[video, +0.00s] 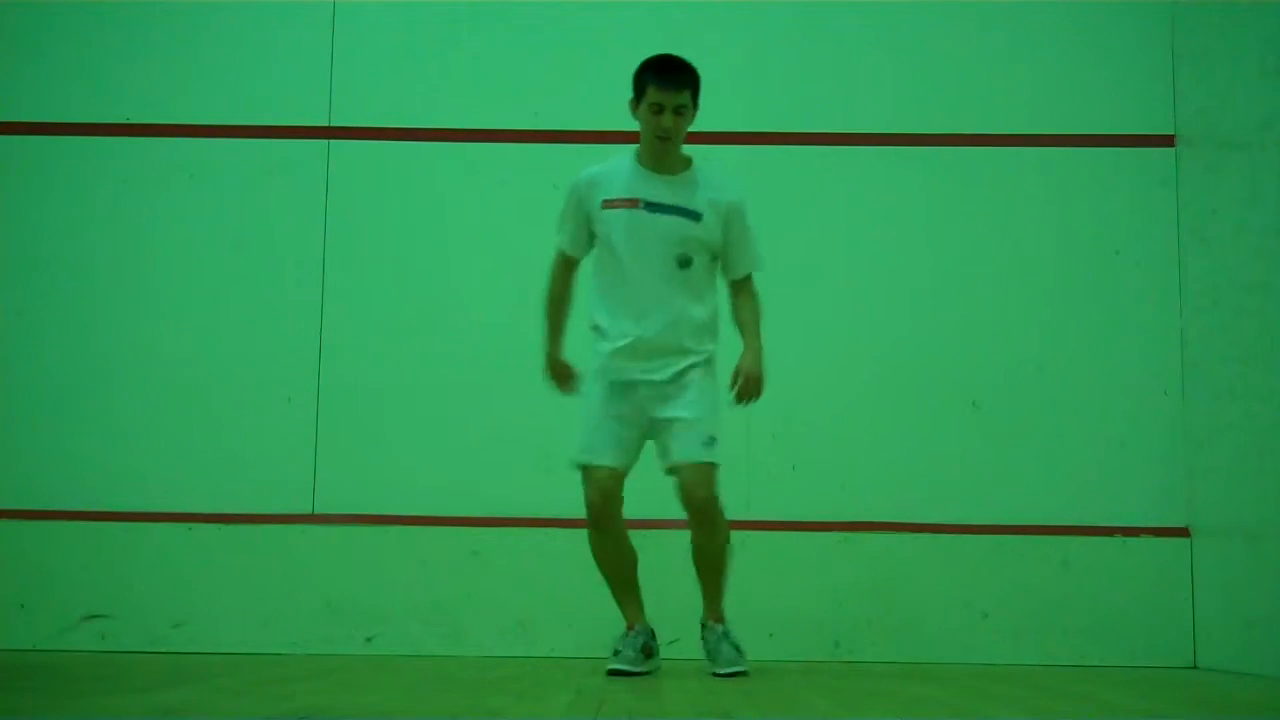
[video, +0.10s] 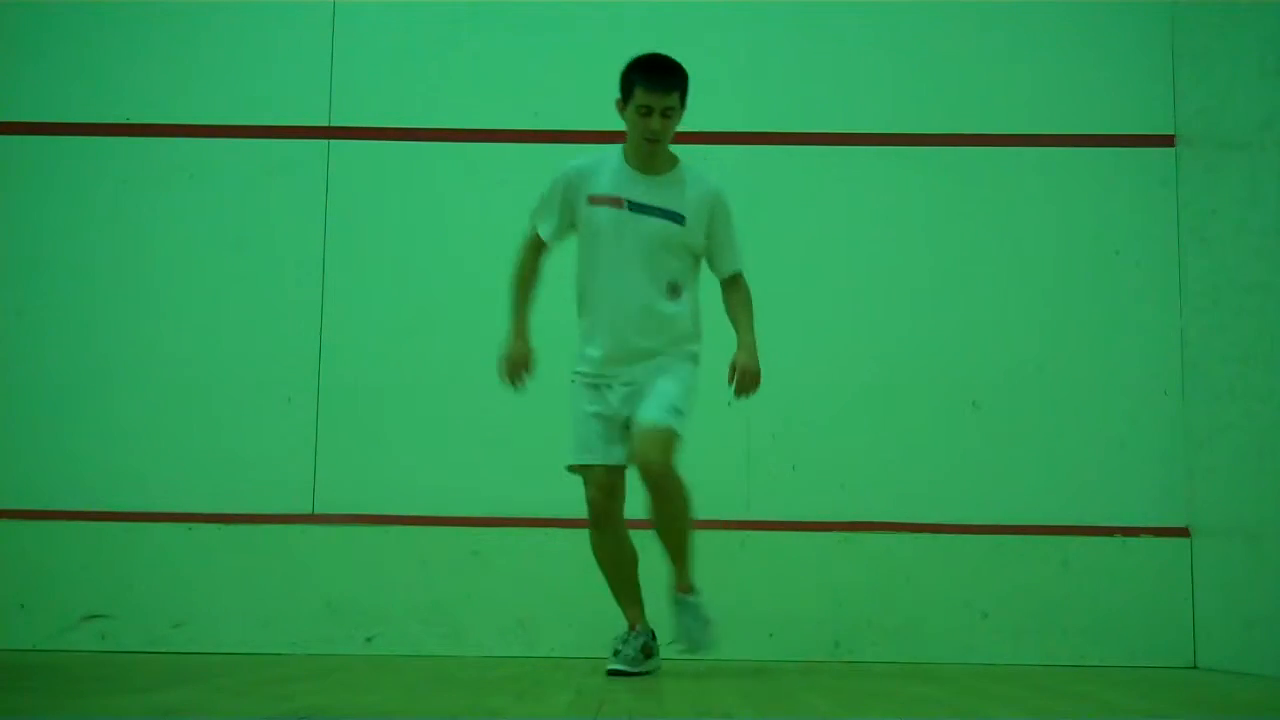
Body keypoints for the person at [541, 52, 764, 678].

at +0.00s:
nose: (665, 121)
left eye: (678, 110)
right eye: (656, 108)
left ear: (692, 116)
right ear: (635, 110)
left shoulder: (720, 198)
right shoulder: (594, 186)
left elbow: (742, 284)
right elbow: (564, 267)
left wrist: (753, 351)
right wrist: (554, 349)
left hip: (689, 372)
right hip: (613, 372)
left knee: (700, 495)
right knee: (599, 497)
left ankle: (716, 625)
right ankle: (636, 629)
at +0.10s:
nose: (654, 124)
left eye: (666, 113)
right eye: (644, 111)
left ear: (681, 116)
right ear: (621, 109)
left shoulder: (702, 195)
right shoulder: (581, 180)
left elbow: (731, 278)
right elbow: (533, 247)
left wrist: (748, 345)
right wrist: (518, 334)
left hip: (669, 361)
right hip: (599, 364)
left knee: (652, 457)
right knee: (602, 499)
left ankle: (684, 590)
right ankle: (636, 629)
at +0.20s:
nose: (646, 115)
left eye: (658, 103)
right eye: (635, 101)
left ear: (671, 101)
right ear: (611, 93)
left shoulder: (690, 176)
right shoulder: (567, 151)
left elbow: (726, 250)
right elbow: (508, 205)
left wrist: (742, 316)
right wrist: (485, 290)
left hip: (652, 333)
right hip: (585, 336)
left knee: (625, 440)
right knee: (584, 479)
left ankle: (630, 600)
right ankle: (632, 606)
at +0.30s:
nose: (636, 127)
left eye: (647, 115)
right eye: (625, 113)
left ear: (658, 112)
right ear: (598, 104)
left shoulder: (672, 182)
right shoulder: (553, 151)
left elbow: (718, 262)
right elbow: (478, 188)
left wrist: (727, 332)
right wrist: (440, 269)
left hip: (640, 344)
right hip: (573, 346)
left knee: (605, 459)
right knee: (544, 465)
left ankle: (578, 621)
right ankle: (640, 576)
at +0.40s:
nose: (623, 169)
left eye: (634, 158)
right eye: (612, 154)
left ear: (645, 152)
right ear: (585, 141)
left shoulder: (653, 229)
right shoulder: (544, 184)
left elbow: (696, 305)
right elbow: (455, 198)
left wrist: (710, 397)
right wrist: (381, 253)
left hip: (625, 382)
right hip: (561, 381)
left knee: (562, 484)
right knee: (519, 494)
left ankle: (567, 638)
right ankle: (635, 593)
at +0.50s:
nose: (617, 194)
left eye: (628, 182)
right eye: (606, 181)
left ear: (640, 173)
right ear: (578, 163)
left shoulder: (645, 244)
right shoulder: (539, 192)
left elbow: (690, 327)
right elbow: (444, 186)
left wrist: (724, 413)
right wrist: (347, 210)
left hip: (619, 385)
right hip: (561, 392)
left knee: (560, 475)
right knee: (507, 488)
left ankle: (567, 638)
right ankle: (649, 521)